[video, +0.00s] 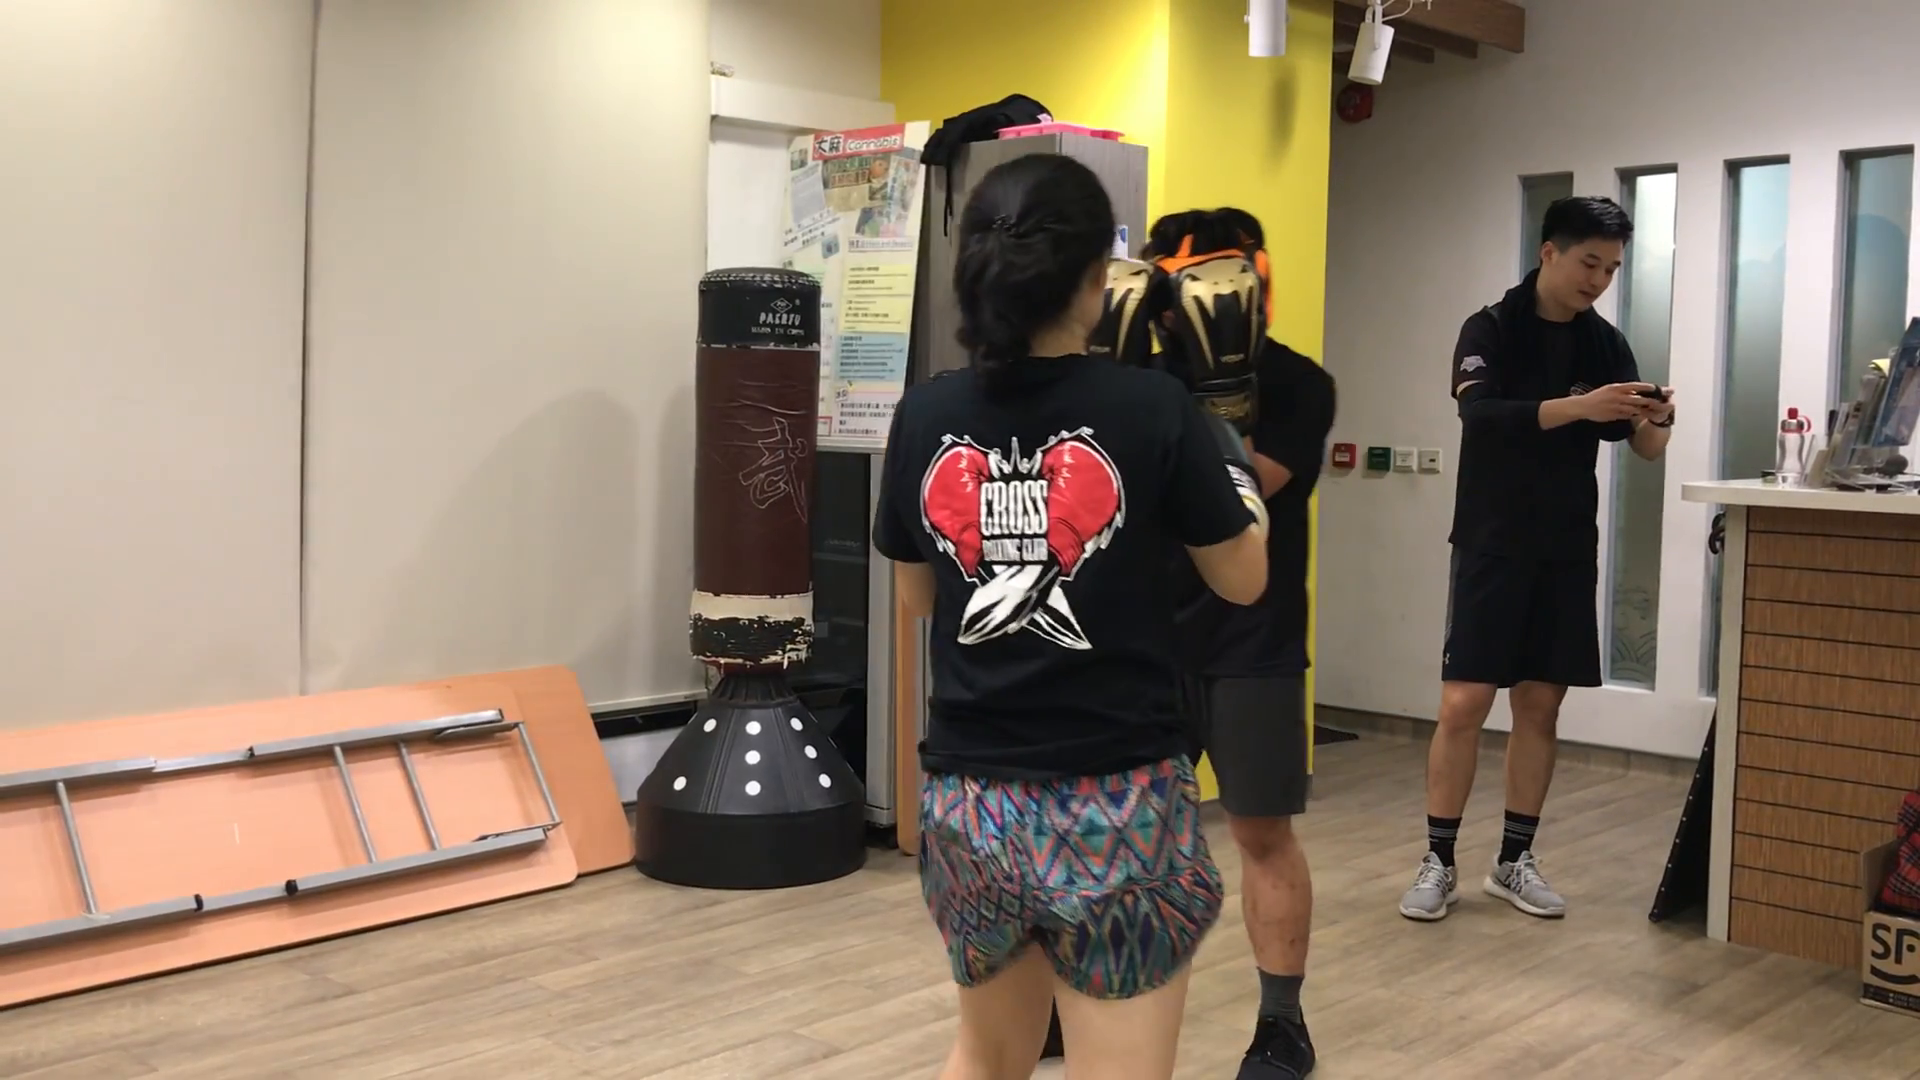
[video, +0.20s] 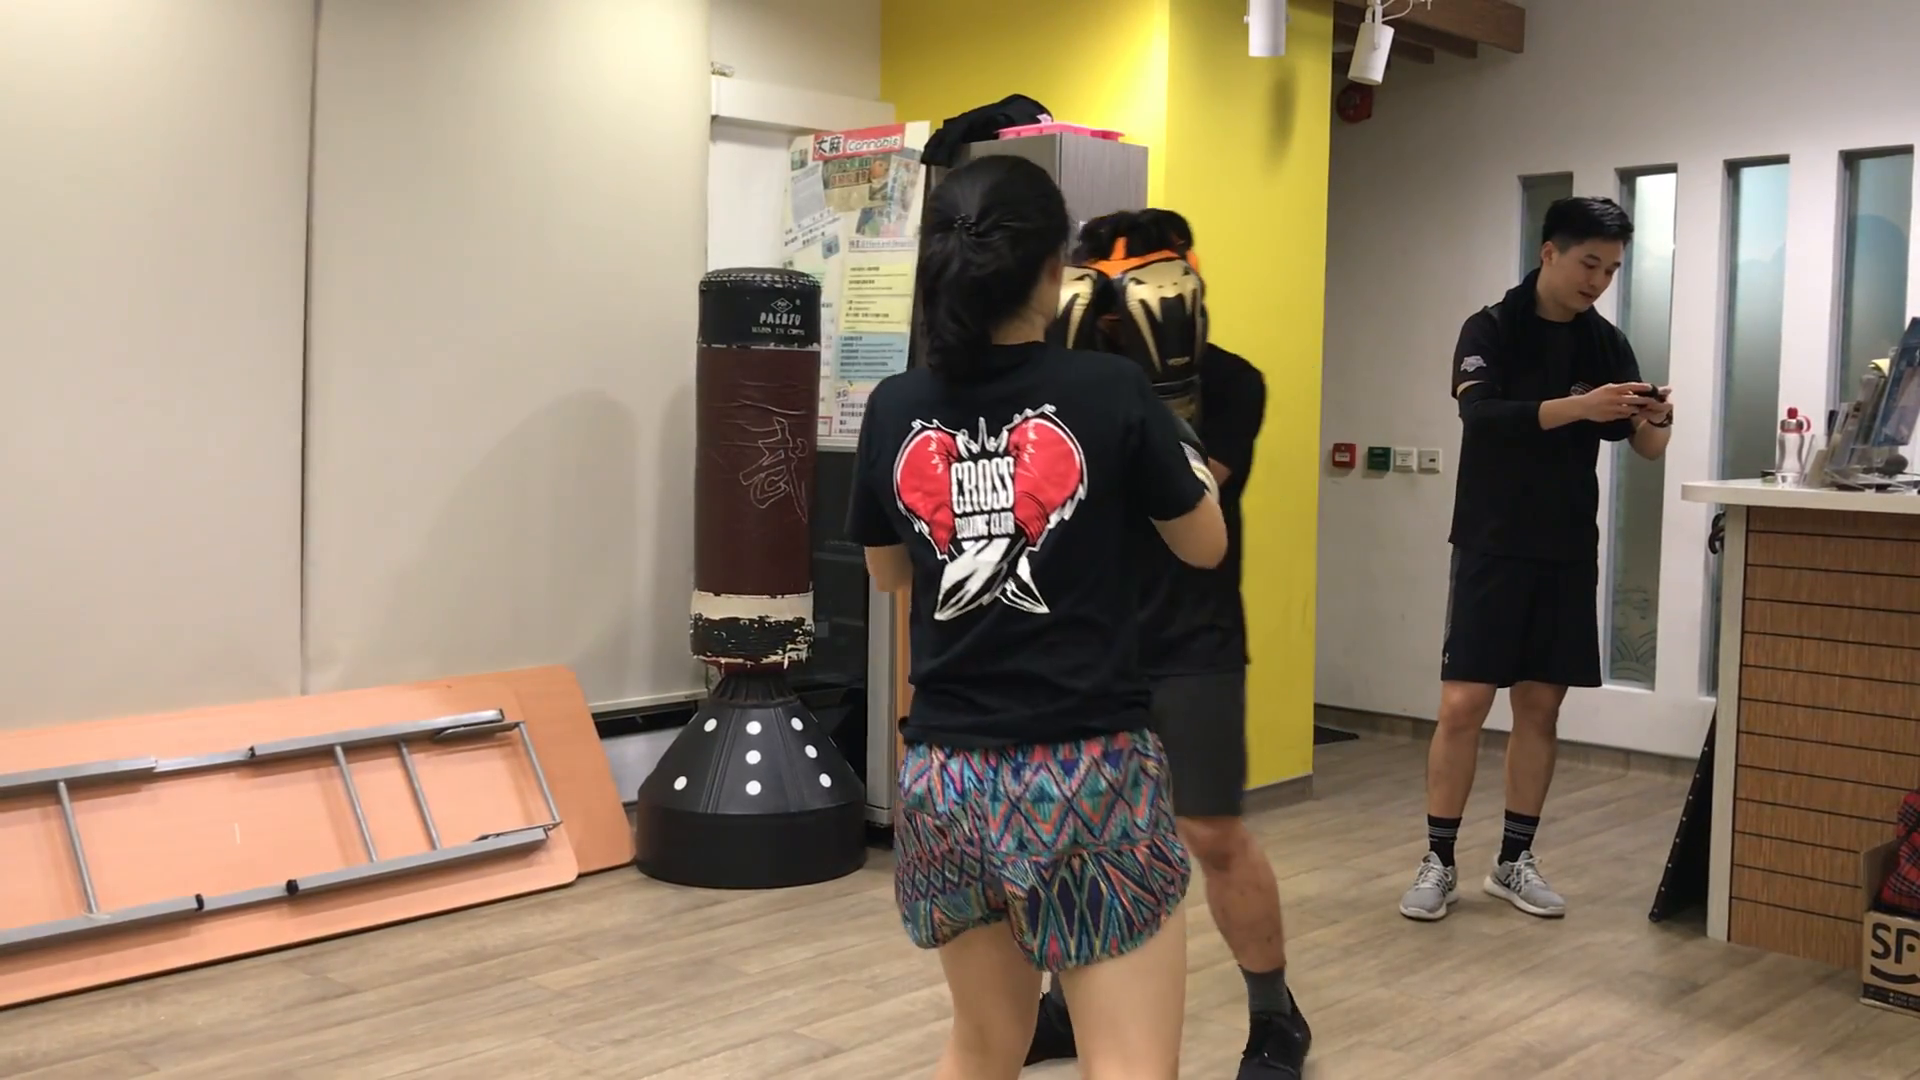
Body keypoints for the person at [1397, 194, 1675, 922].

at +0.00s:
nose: (1600, 280)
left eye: (1610, 269)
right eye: (1590, 264)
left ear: (1613, 271)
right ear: (1548, 252)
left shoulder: (1606, 346)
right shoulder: (1489, 328)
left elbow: (1648, 449)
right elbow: (1481, 415)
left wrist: (1655, 420)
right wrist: (1584, 406)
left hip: (1565, 551)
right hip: (1490, 545)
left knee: (1539, 707)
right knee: (1462, 705)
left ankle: (1515, 861)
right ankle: (1438, 862)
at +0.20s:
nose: (1599, 281)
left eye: (1610, 270)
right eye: (1589, 264)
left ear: (1613, 271)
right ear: (1548, 251)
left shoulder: (1607, 345)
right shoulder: (1489, 327)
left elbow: (1649, 447)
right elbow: (1481, 416)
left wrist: (1654, 419)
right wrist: (1583, 407)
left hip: (1565, 551)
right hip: (1489, 546)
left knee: (1539, 708)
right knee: (1462, 706)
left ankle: (1515, 861)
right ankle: (1438, 863)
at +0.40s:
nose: (1600, 282)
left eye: (1611, 270)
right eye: (1591, 265)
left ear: (1614, 271)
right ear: (1550, 251)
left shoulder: (1608, 345)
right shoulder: (1490, 327)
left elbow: (1649, 449)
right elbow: (1481, 415)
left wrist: (1654, 420)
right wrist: (1584, 406)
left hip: (1565, 551)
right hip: (1490, 546)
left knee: (1539, 709)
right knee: (1462, 706)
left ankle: (1515, 861)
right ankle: (1438, 863)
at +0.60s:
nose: (1602, 280)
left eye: (1613, 269)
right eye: (1591, 263)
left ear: (1616, 270)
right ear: (1551, 251)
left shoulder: (1609, 345)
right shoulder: (1492, 326)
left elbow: (1651, 449)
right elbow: (1483, 416)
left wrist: (1657, 421)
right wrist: (1586, 407)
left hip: (1566, 551)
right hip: (1490, 545)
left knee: (1540, 707)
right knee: (1463, 705)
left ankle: (1515, 861)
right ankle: (1438, 862)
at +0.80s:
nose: (1601, 275)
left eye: (1612, 264)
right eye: (1590, 259)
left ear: (1615, 268)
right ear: (1549, 250)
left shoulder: (1610, 345)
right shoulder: (1492, 327)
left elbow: (1650, 449)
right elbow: (1482, 415)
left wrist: (1658, 421)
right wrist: (1584, 409)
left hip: (1566, 551)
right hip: (1490, 544)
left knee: (1540, 708)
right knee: (1464, 705)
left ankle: (1515, 862)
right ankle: (1439, 863)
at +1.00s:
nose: (1575, 261)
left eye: (1592, 252)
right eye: (1565, 245)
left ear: (1606, 265)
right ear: (1540, 246)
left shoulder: (1611, 344)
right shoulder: (1494, 326)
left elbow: (1647, 444)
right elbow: (1460, 420)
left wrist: (1671, 433)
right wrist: (1557, 426)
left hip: (1568, 550)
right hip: (1491, 543)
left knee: (1540, 704)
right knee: (1465, 704)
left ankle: (1515, 860)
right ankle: (1438, 861)